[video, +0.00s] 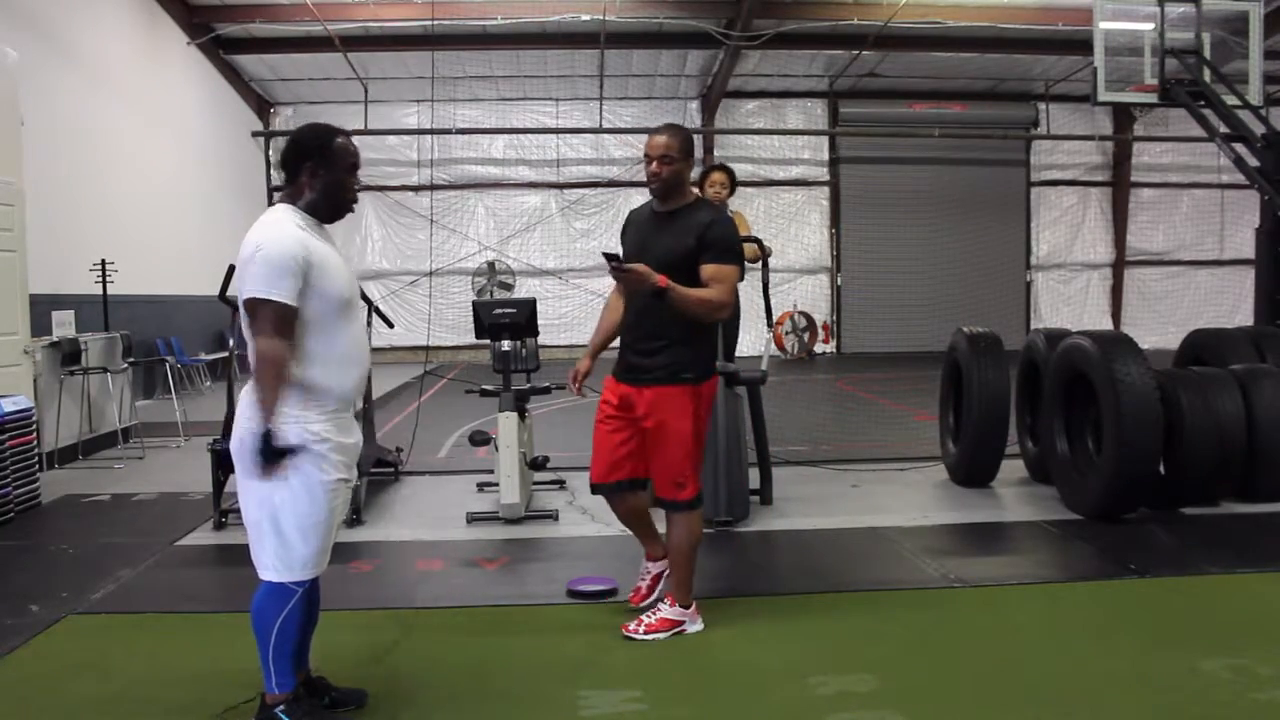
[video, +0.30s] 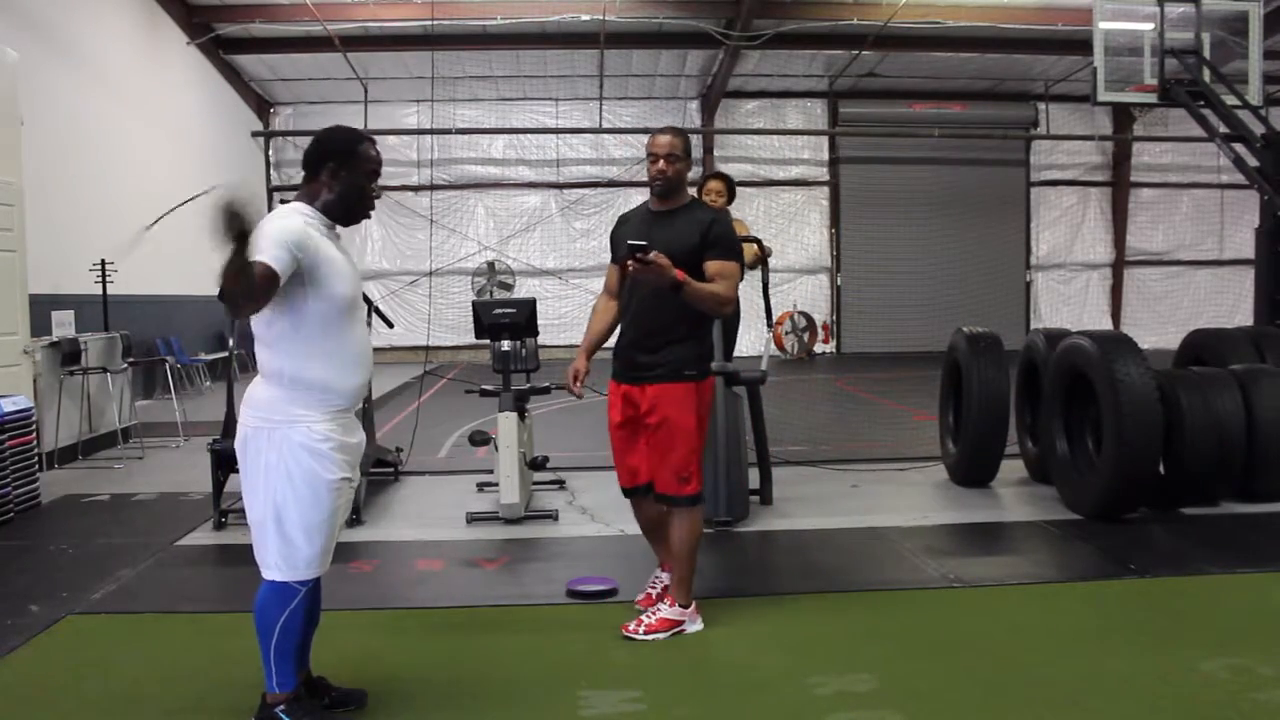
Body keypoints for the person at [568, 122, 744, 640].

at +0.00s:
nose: (654, 168)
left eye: (666, 160)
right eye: (648, 160)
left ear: (690, 164)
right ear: (644, 164)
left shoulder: (715, 223)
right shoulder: (637, 223)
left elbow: (721, 303)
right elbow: (622, 295)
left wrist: (657, 285)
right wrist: (591, 352)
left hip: (682, 380)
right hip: (629, 376)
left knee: (678, 492)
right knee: (612, 480)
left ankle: (681, 603)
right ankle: (659, 553)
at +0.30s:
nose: (661, 166)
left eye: (672, 159)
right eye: (654, 158)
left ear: (689, 165)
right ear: (645, 164)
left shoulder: (713, 223)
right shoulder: (627, 227)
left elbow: (724, 300)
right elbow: (611, 296)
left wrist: (674, 276)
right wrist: (585, 351)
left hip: (682, 377)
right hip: (630, 376)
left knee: (679, 490)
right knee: (638, 487)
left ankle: (682, 605)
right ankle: (671, 571)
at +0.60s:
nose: (641, 165)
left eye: (651, 158)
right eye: (636, 159)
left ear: (672, 167)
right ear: (630, 170)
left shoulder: (704, 219)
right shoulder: (624, 233)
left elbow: (733, 290)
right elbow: (614, 306)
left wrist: (675, 288)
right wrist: (597, 369)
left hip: (688, 375)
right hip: (638, 376)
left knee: (683, 486)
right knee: (649, 483)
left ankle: (682, 603)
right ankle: (674, 575)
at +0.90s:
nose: (637, 168)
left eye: (648, 160)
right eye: (633, 162)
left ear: (673, 169)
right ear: (630, 173)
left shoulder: (708, 216)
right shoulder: (631, 239)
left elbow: (743, 280)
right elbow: (631, 310)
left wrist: (680, 288)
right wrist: (620, 374)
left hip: (705, 370)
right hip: (653, 373)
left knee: (703, 476)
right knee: (660, 477)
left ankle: (722, 584)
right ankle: (675, 575)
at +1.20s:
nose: (669, 166)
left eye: (680, 159)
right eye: (665, 160)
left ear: (703, 168)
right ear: (662, 170)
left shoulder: (735, 219)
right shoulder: (660, 234)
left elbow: (761, 286)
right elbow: (651, 304)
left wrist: (697, 290)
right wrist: (630, 362)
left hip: (723, 374)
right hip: (671, 373)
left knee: (738, 476)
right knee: (672, 475)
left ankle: (762, 563)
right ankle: (675, 572)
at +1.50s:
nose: (712, 165)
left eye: (723, 159)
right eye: (708, 158)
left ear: (744, 169)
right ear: (701, 168)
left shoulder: (771, 225)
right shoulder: (689, 227)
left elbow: (794, 294)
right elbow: (677, 294)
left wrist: (740, 296)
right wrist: (658, 353)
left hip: (755, 373)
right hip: (697, 372)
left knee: (764, 473)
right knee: (683, 470)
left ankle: (767, 564)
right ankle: (676, 570)